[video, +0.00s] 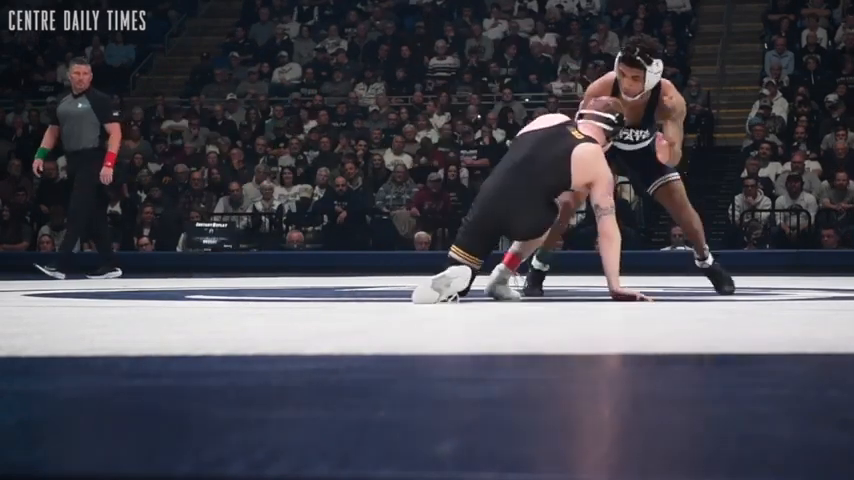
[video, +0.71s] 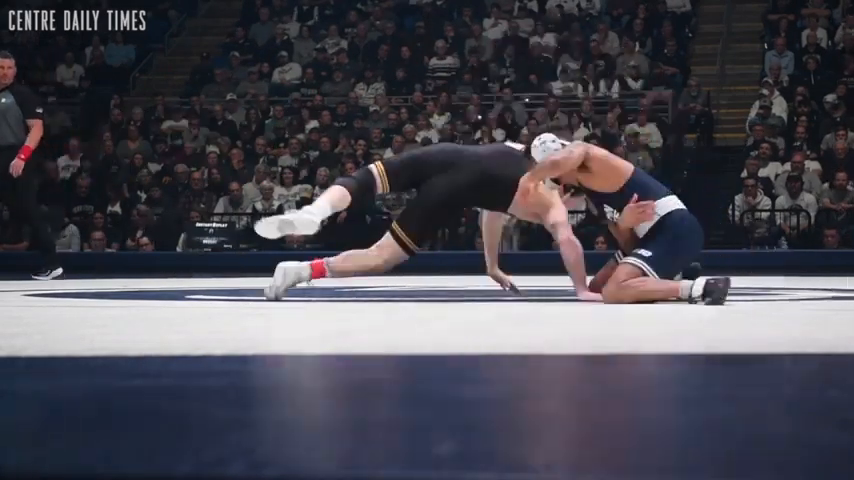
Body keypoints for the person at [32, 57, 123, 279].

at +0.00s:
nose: (81, 78)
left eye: (85, 74)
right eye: (77, 74)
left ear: (91, 76)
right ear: (69, 76)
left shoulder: (99, 100)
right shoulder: (62, 103)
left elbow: (115, 132)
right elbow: (52, 131)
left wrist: (109, 164)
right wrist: (40, 155)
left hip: (94, 160)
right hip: (74, 162)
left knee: (78, 209)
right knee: (93, 212)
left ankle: (60, 264)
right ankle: (109, 263)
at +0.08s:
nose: (74, 78)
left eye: (78, 74)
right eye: (69, 73)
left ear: (83, 76)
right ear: (60, 76)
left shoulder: (91, 101)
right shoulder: (53, 102)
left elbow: (106, 134)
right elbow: (43, 132)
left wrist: (101, 166)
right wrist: (31, 156)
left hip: (82, 161)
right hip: (63, 161)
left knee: (68, 209)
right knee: (79, 213)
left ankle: (56, 266)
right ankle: (106, 261)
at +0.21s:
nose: (60, 76)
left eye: (65, 71)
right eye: (56, 71)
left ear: (70, 75)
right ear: (48, 73)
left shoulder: (77, 99)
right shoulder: (38, 99)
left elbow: (90, 133)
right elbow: (29, 129)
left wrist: (83, 165)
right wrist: (19, 155)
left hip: (67, 159)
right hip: (44, 159)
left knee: (57, 210)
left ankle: (55, 267)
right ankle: (86, 248)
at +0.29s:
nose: (52, 74)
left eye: (56, 70)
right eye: (48, 69)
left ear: (62, 73)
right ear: (39, 71)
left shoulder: (70, 97)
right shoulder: (30, 97)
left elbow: (81, 132)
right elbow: (21, 127)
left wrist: (71, 162)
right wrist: (12, 155)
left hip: (60, 156)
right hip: (35, 157)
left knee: (53, 207)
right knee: (35, 207)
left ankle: (56, 264)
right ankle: (66, 240)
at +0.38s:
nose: (44, 73)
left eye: (49, 68)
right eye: (40, 68)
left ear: (54, 71)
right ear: (31, 70)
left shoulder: (61, 95)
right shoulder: (23, 95)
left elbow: (72, 129)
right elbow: (13, 126)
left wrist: (58, 158)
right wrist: (4, 154)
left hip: (51, 158)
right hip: (27, 158)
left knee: (52, 207)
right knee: (24, 209)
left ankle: (56, 263)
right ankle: (39, 259)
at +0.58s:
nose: (22, 73)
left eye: (26, 68)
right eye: (18, 68)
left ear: (32, 71)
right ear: (9, 70)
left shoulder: (41, 94)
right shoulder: (3, 95)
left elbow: (52, 128)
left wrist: (33, 154)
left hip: (31, 157)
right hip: (6, 159)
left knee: (42, 206)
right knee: (7, 208)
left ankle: (52, 263)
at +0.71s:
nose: (5, 72)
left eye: (9, 68)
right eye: (2, 67)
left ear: (15, 70)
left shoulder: (21, 94)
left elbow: (36, 128)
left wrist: (21, 157)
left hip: (15, 156)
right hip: (5, 157)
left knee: (26, 207)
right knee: (22, 208)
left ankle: (51, 262)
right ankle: (48, 261)